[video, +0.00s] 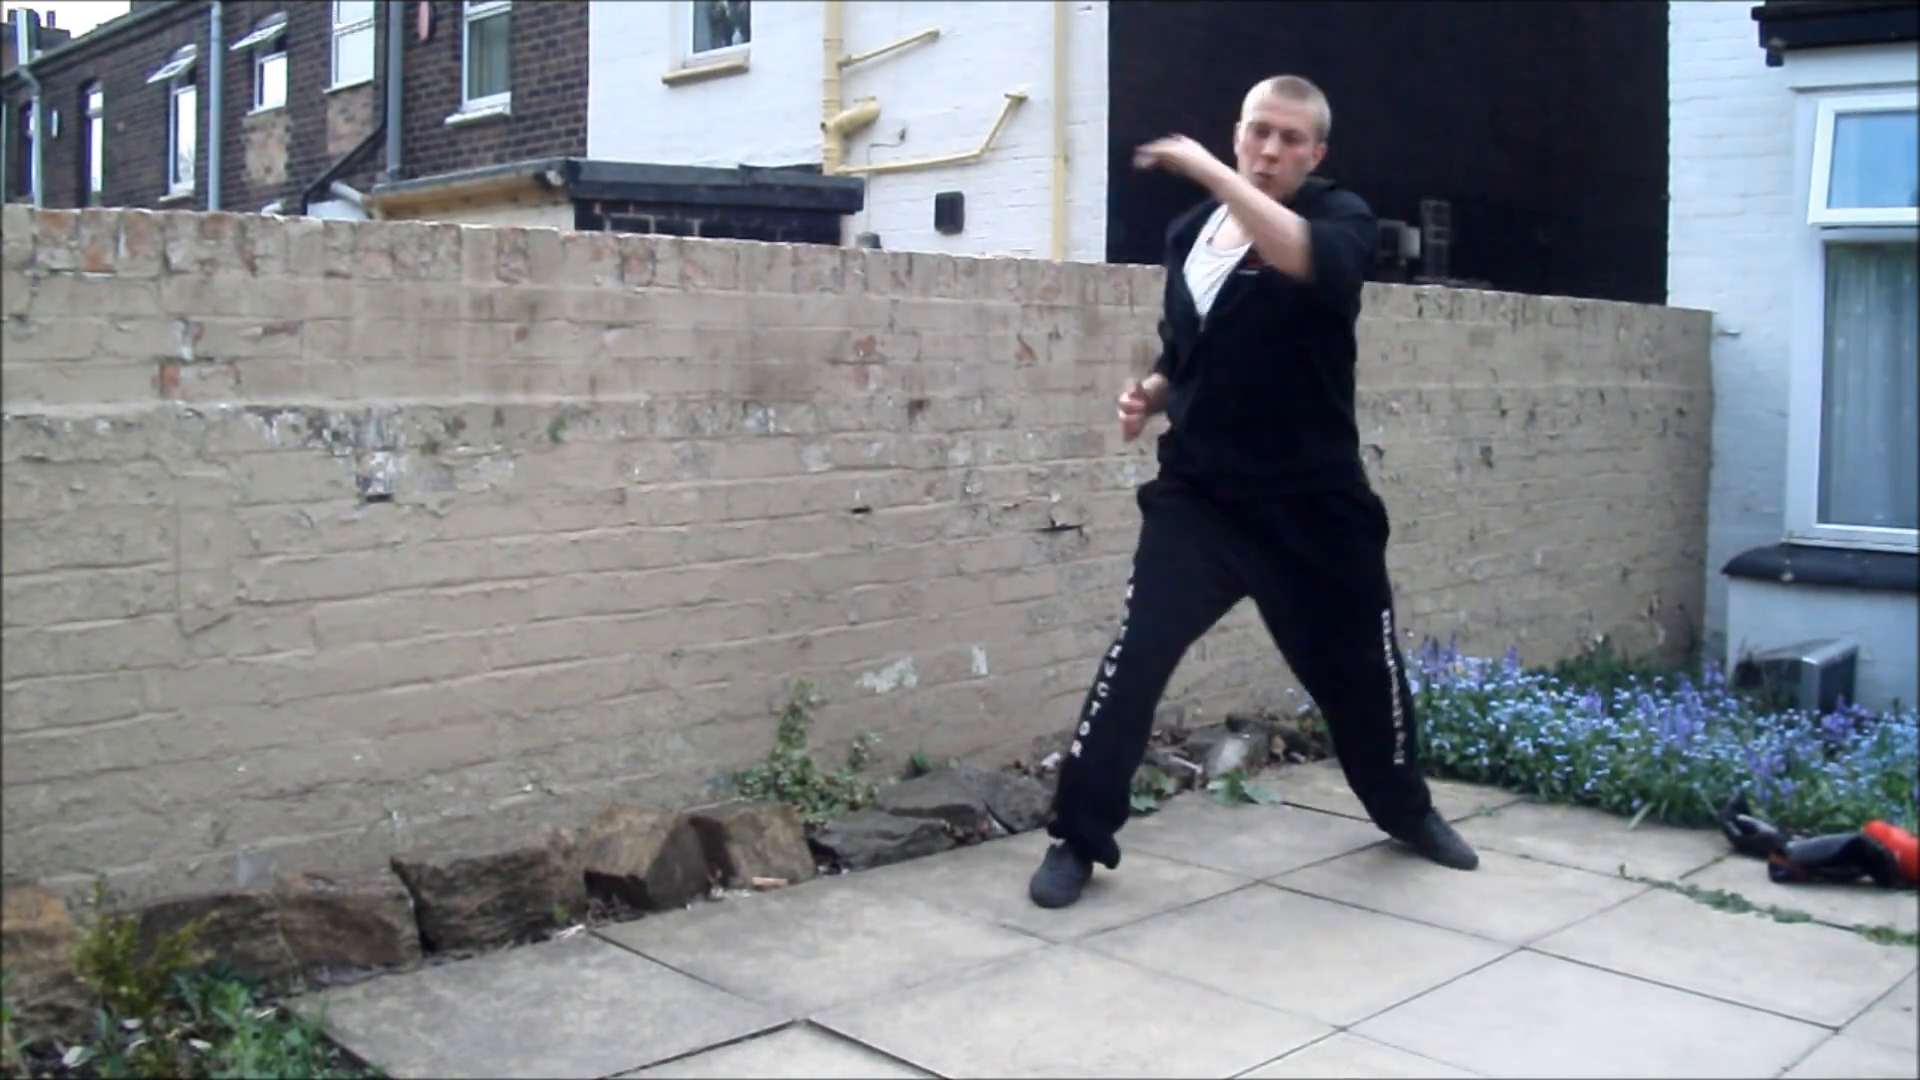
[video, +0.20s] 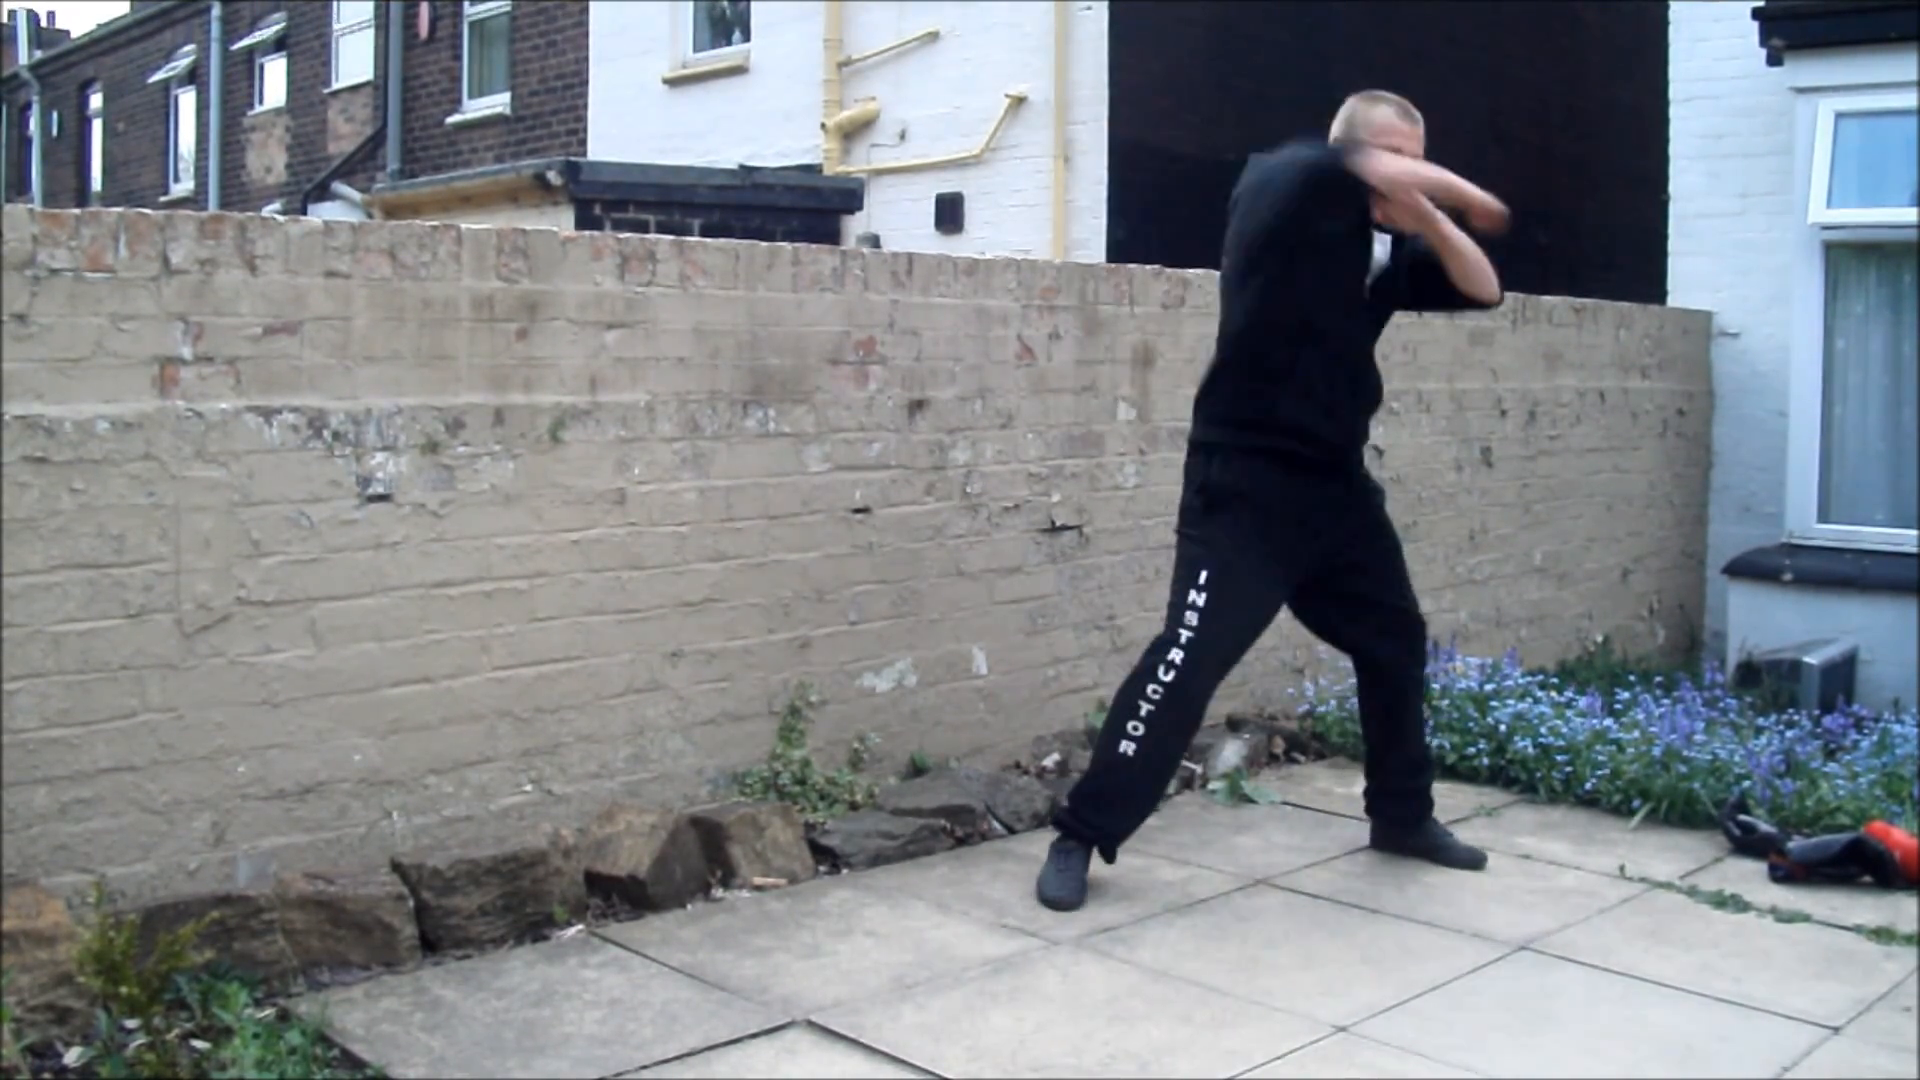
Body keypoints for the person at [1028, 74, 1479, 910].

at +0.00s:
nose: (1269, 150)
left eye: (1290, 139)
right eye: (1259, 132)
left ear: (1318, 153)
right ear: (1233, 134)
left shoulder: (1340, 216)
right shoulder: (1191, 233)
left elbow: (1315, 263)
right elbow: (1185, 348)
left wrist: (1209, 171)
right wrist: (1154, 389)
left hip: (1316, 506)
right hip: (1201, 502)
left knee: (1365, 669)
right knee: (1136, 658)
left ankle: (1406, 811)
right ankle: (1073, 840)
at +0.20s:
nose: (1414, 176)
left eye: (1419, 164)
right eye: (1404, 161)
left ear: (1413, 167)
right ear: (1358, 149)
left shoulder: (1387, 249)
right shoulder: (1279, 184)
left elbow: (1482, 287)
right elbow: (1376, 172)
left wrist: (1413, 199)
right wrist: (1466, 195)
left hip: (1335, 483)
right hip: (1243, 471)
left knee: (1396, 642)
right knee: (1192, 649)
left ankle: (1402, 820)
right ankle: (1081, 835)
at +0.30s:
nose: (1448, 219)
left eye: (1455, 204)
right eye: (1436, 199)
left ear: (1448, 206)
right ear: (1382, 187)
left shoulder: (1398, 269)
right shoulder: (1329, 247)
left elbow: (1469, 365)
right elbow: (1398, 363)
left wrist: (1462, 300)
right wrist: (1462, 378)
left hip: (1348, 509)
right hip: (1261, 503)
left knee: (1416, 647)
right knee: (1202, 663)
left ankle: (1401, 818)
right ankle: (1077, 838)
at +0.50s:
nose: (1439, 146)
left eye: (1453, 133)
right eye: (1424, 128)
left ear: (1464, 139)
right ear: (1384, 123)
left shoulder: (1458, 216)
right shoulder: (1316, 196)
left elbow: (1512, 322)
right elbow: (1257, 332)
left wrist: (1461, 236)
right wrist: (1375, 312)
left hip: (1406, 476)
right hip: (1306, 469)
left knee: (1426, 654)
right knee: (1252, 635)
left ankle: (1407, 818)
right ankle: (1159, 809)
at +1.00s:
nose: (1379, 131)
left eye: (1395, 116)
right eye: (1363, 116)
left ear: (1422, 123)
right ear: (1339, 122)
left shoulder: (1450, 209)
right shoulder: (1291, 200)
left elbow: (1476, 305)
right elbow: (1194, 311)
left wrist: (1424, 202)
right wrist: (1263, 257)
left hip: (1395, 474)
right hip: (1289, 467)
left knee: (1404, 647)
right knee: (1238, 640)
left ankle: (1404, 814)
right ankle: (1148, 824)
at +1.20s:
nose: (1279, 138)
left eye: (1298, 121)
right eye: (1269, 123)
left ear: (1344, 131)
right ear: (1260, 133)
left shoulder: (1387, 237)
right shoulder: (1234, 219)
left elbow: (1360, 370)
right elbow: (1155, 314)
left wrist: (1325, 254)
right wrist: (1174, 231)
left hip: (1355, 500)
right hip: (1242, 486)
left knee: (1378, 670)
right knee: (1170, 640)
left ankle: (1403, 819)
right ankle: (1169, 843)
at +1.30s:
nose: (1233, 136)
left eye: (1253, 122)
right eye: (1229, 125)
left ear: (1303, 134)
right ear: (1228, 137)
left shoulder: (1330, 206)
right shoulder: (1233, 237)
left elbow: (1248, 263)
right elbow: (1220, 388)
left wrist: (1169, 165)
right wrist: (1178, 349)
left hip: (1315, 488)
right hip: (1213, 485)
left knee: (1352, 660)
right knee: (1149, 648)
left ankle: (1412, 805)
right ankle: (1187, 855)